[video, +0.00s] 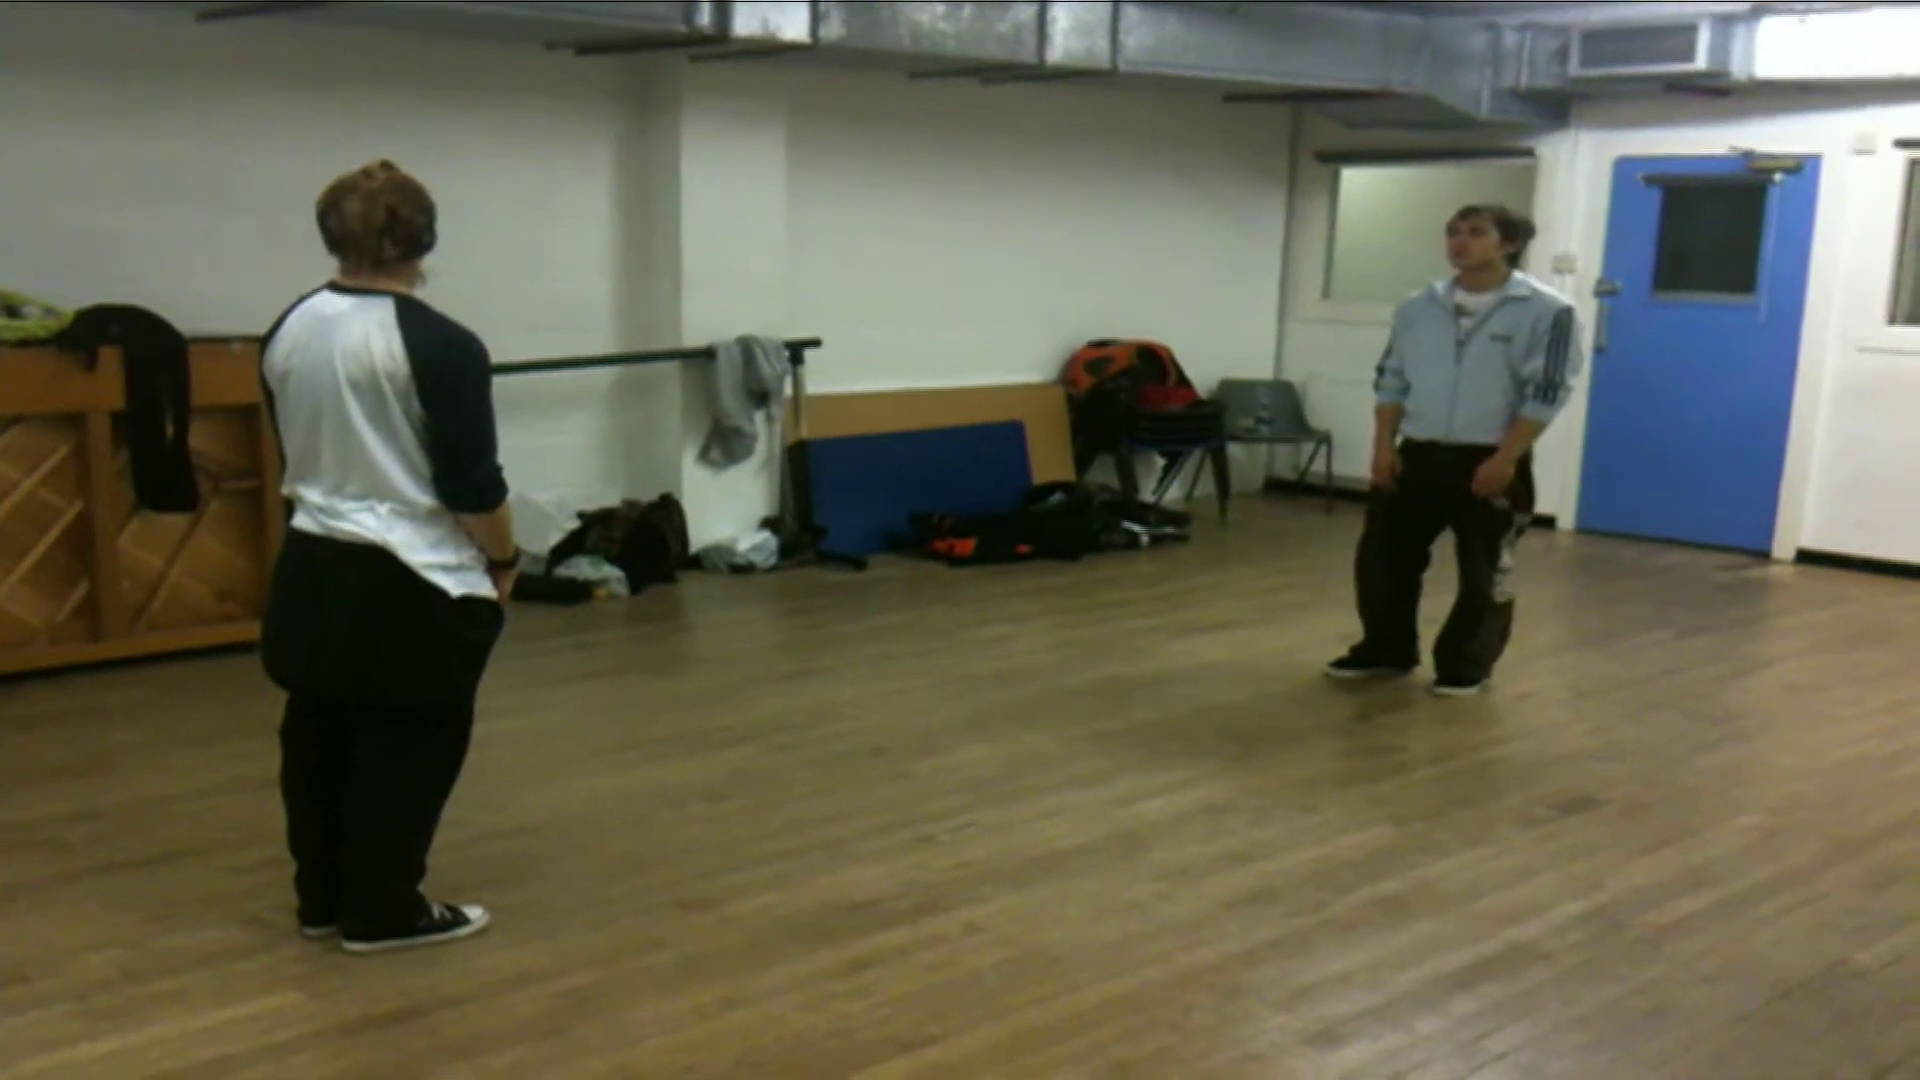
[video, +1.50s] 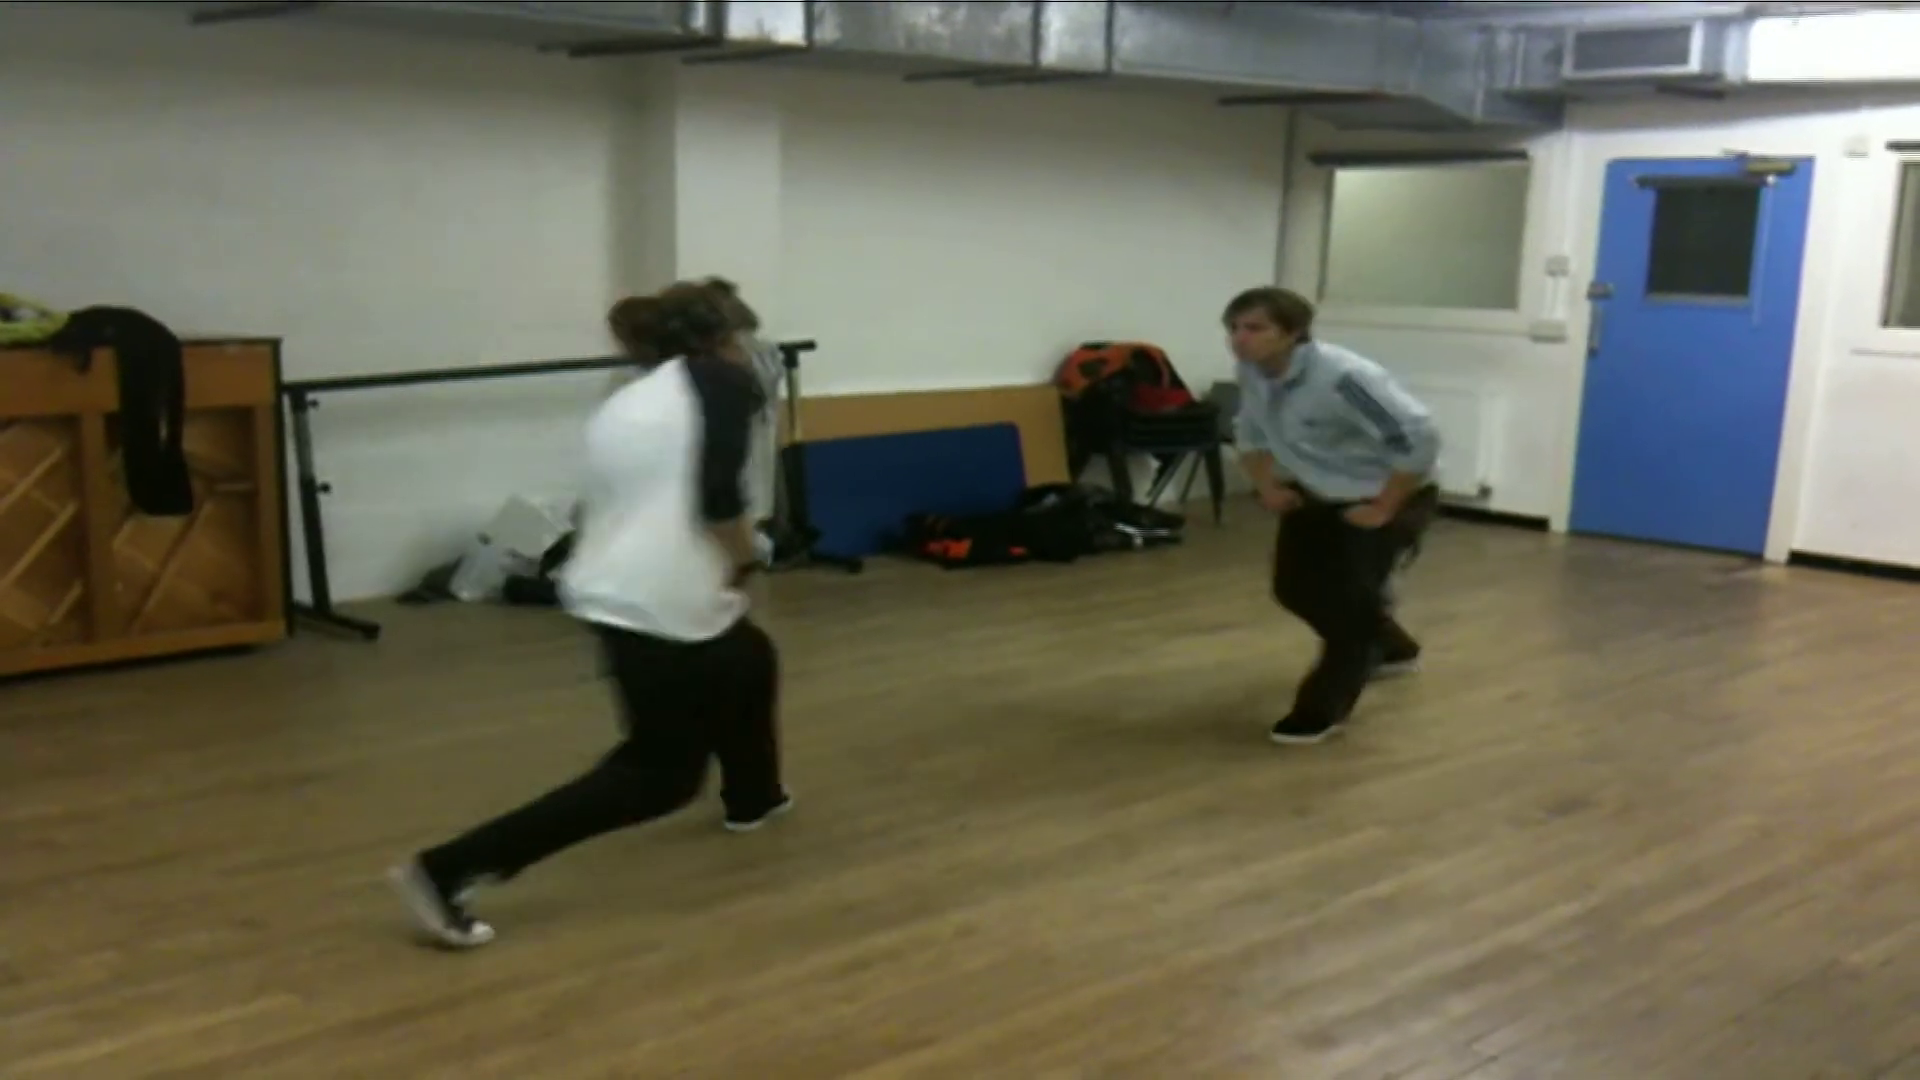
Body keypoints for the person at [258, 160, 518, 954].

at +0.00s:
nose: (430, 245)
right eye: (426, 234)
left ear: (336, 241)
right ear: (419, 242)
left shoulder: (287, 333)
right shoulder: (442, 347)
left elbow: (296, 462)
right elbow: (473, 486)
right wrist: (503, 559)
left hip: (314, 579)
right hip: (418, 593)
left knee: (320, 735)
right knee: (415, 748)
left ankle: (323, 897)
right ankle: (385, 907)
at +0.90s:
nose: (504, 244)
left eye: (501, 230)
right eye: (496, 231)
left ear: (420, 241)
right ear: (460, 243)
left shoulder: (355, 324)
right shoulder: (467, 346)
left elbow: (354, 457)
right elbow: (474, 488)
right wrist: (490, 577)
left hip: (318, 572)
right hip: (409, 586)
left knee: (334, 730)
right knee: (435, 744)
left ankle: (325, 898)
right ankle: (385, 907)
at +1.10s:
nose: (562, 257)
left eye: (560, 242)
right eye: (554, 245)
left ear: (479, 253)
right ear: (521, 257)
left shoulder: (416, 321)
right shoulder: (508, 353)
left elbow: (430, 458)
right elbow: (538, 505)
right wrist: (550, 587)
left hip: (380, 566)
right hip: (456, 586)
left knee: (420, 730)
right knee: (451, 751)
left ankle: (349, 872)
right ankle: (378, 907)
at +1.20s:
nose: (601, 279)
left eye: (600, 264)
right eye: (595, 266)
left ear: (518, 267)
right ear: (569, 273)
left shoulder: (458, 336)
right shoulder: (552, 367)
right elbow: (583, 507)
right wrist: (592, 581)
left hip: (420, 564)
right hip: (488, 577)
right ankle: (383, 902)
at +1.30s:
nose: (648, 308)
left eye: (646, 293)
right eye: (641, 295)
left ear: (569, 301)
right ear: (616, 304)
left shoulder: (522, 362)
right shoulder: (607, 383)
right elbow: (624, 521)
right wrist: (630, 585)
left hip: (461, 568)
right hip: (511, 585)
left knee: (628, 666)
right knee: (582, 744)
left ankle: (631, 818)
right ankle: (400, 886)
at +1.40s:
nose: (707, 343)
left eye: (706, 328)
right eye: (701, 330)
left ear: (631, 331)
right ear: (673, 334)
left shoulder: (587, 386)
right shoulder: (668, 384)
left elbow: (570, 493)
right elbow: (646, 500)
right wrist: (678, 566)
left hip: (525, 587)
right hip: (582, 607)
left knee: (685, 662)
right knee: (611, 773)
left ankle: (738, 783)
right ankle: (411, 887)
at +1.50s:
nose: (746, 346)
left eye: (745, 335)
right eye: (740, 336)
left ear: (671, 340)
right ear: (718, 337)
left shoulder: (629, 397)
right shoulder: (723, 382)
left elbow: (611, 506)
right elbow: (719, 496)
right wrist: (744, 559)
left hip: (606, 590)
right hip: (663, 599)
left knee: (749, 661)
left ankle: (753, 797)